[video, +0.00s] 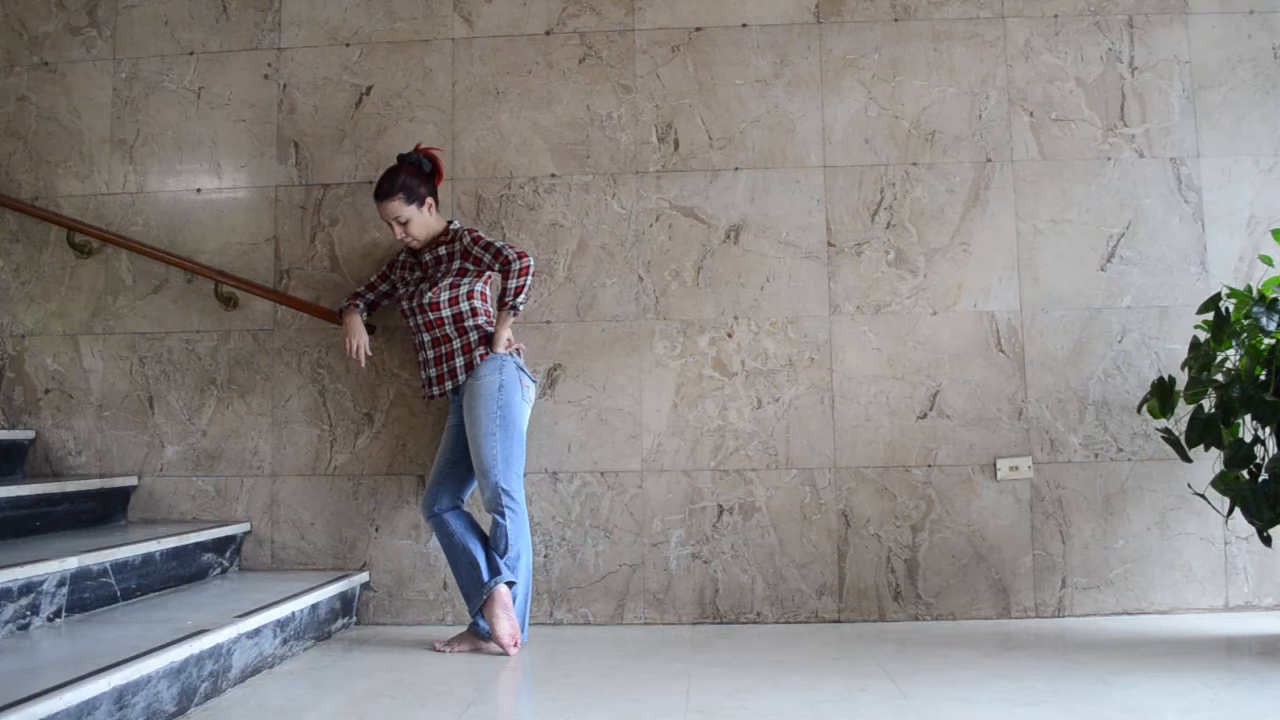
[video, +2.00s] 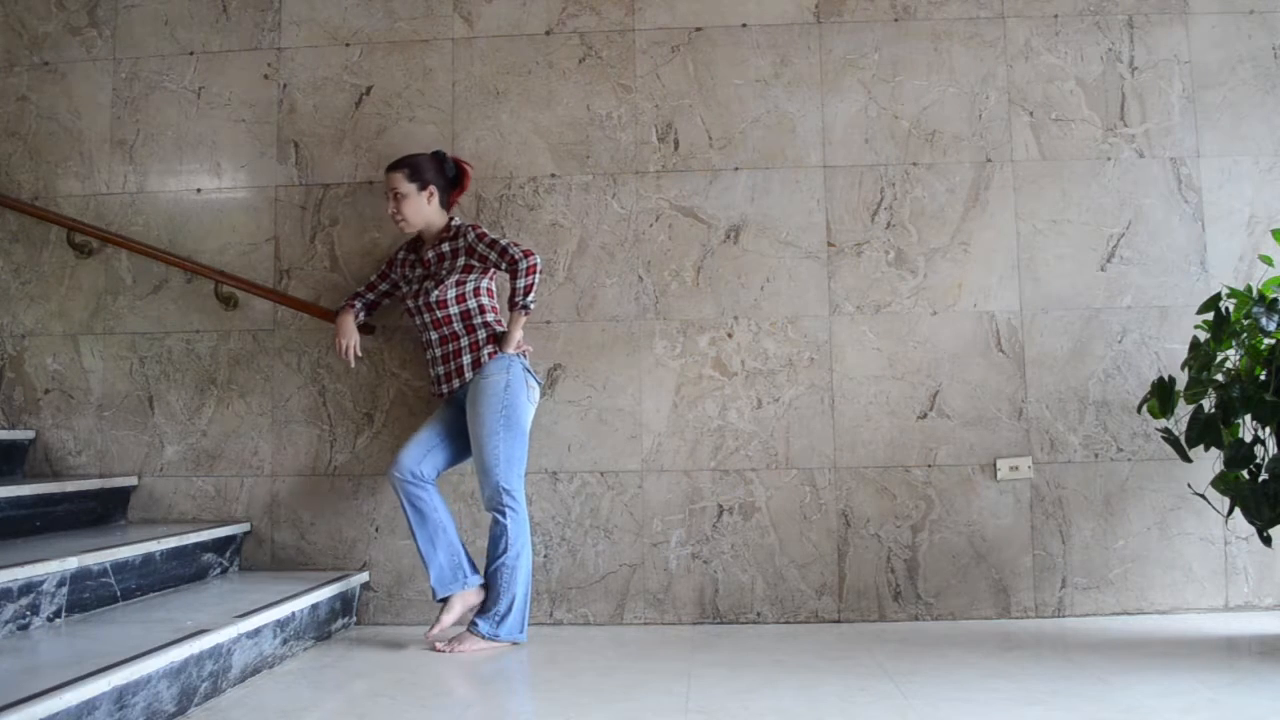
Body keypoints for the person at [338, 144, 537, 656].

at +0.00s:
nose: (398, 233)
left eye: (402, 221)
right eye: (390, 225)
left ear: (429, 203)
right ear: (390, 220)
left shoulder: (465, 241)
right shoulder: (406, 263)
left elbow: (518, 262)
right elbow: (364, 297)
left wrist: (506, 321)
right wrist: (353, 317)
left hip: (493, 371)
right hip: (461, 393)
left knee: (501, 492)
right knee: (440, 502)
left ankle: (501, 628)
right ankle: (494, 597)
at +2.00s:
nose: (391, 208)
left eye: (398, 197)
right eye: (388, 198)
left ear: (433, 195)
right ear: (410, 199)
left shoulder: (467, 238)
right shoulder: (405, 260)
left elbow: (525, 260)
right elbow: (368, 296)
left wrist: (516, 328)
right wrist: (347, 316)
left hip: (498, 375)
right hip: (461, 395)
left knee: (503, 496)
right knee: (410, 470)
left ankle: (503, 627)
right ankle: (462, 588)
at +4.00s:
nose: (435, 175)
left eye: (444, 165)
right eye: (432, 168)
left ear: (475, 169)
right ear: (433, 177)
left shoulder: (517, 232)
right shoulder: (427, 239)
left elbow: (538, 302)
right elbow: (395, 312)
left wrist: (553, 368)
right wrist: (355, 383)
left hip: (499, 372)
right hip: (442, 376)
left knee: (499, 487)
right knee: (457, 499)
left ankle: (533, 610)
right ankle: (475, 617)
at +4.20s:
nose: (450, 170)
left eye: (460, 161)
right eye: (444, 165)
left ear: (489, 170)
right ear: (440, 178)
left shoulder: (523, 232)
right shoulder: (429, 237)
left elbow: (536, 305)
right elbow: (427, 312)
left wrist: (539, 376)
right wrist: (442, 382)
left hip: (505, 376)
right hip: (448, 378)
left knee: (499, 486)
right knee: (459, 499)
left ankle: (529, 616)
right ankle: (476, 615)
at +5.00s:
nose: (507, 155)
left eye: (508, 148)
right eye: (496, 147)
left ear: (502, 160)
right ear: (461, 156)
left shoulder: (522, 221)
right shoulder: (432, 219)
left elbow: (547, 294)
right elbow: (403, 297)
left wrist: (580, 361)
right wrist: (373, 373)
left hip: (517, 369)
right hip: (455, 372)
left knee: (515, 479)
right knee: (472, 496)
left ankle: (535, 603)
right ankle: (483, 621)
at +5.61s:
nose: (539, 155)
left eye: (540, 146)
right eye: (528, 145)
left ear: (520, 154)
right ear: (493, 151)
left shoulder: (546, 224)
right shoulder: (453, 214)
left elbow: (580, 297)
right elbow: (397, 276)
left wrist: (629, 342)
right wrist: (326, 303)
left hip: (531, 374)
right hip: (467, 372)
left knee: (517, 502)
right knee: (470, 506)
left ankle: (501, 631)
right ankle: (466, 608)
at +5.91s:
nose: (544, 154)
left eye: (545, 144)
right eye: (533, 144)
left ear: (540, 152)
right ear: (497, 149)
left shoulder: (555, 216)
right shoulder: (465, 212)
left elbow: (590, 284)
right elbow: (410, 272)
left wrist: (654, 306)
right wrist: (340, 283)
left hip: (538, 371)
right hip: (477, 366)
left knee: (523, 502)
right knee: (479, 494)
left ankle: (499, 633)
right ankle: (426, 626)